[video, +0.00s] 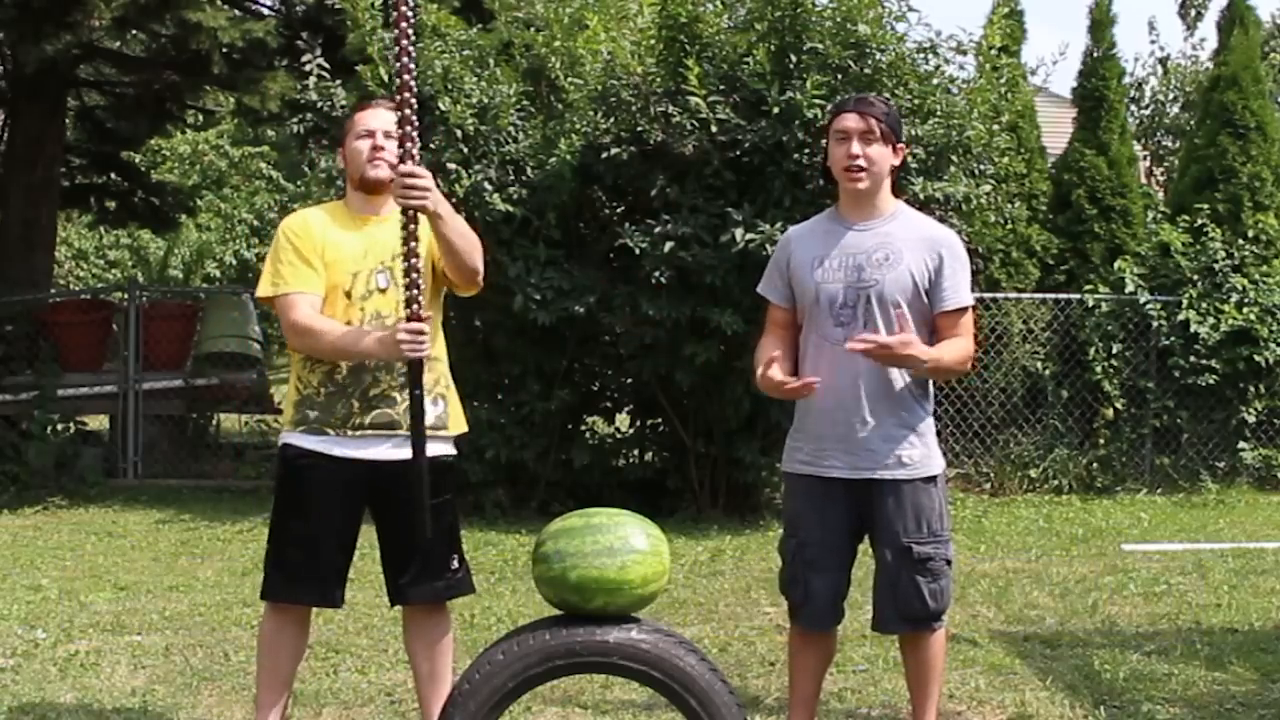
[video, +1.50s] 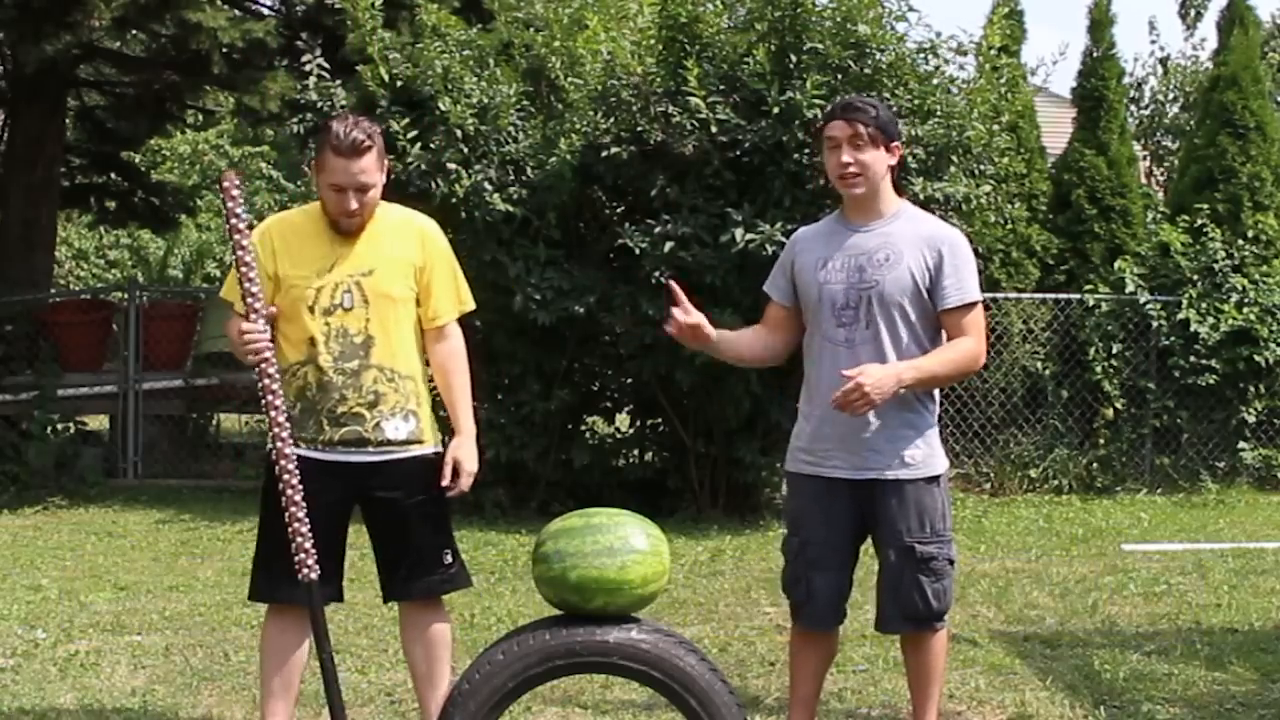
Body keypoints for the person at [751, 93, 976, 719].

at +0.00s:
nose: (853, 150)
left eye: (868, 139)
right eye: (841, 138)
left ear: (895, 154)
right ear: (826, 154)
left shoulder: (937, 242)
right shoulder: (797, 244)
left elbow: (962, 349)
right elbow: (777, 332)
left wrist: (920, 356)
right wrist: (771, 372)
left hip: (906, 459)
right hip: (815, 458)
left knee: (923, 610)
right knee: (809, 610)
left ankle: (925, 716)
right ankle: (799, 716)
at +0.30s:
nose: (841, 151)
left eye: (857, 139)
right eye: (832, 140)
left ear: (892, 153)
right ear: (823, 153)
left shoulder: (938, 242)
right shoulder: (800, 243)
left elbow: (968, 344)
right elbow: (773, 322)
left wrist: (941, 363)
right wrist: (751, 362)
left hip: (908, 461)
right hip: (817, 458)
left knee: (924, 610)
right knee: (810, 609)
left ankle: (924, 716)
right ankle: (799, 716)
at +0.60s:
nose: (821, 159)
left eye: (834, 147)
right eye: (820, 147)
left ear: (878, 155)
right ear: (826, 154)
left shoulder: (933, 243)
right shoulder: (804, 243)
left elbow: (959, 355)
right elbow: (776, 337)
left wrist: (859, 385)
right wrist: (802, 376)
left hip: (905, 465)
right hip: (815, 463)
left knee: (922, 612)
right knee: (809, 611)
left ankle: (924, 716)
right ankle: (800, 716)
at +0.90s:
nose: (816, 159)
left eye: (829, 148)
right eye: (816, 147)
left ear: (873, 155)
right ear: (830, 154)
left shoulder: (932, 243)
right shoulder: (805, 243)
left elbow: (963, 353)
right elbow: (773, 337)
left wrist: (863, 388)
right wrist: (802, 380)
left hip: (904, 466)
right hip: (815, 463)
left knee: (921, 612)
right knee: (809, 611)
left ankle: (924, 716)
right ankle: (799, 716)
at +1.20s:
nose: (821, 169)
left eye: (834, 156)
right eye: (818, 156)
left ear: (879, 159)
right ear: (822, 160)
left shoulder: (938, 244)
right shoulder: (806, 243)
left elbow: (966, 351)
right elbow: (778, 337)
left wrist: (875, 381)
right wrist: (801, 377)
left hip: (904, 465)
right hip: (815, 462)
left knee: (922, 610)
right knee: (809, 609)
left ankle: (925, 716)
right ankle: (799, 716)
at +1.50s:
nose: (845, 158)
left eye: (859, 144)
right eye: (833, 148)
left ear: (892, 153)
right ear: (822, 162)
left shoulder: (940, 242)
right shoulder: (804, 245)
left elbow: (971, 347)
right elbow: (774, 337)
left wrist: (897, 374)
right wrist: (713, 339)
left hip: (908, 464)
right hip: (818, 461)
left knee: (924, 610)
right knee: (812, 610)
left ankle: (925, 716)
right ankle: (799, 717)